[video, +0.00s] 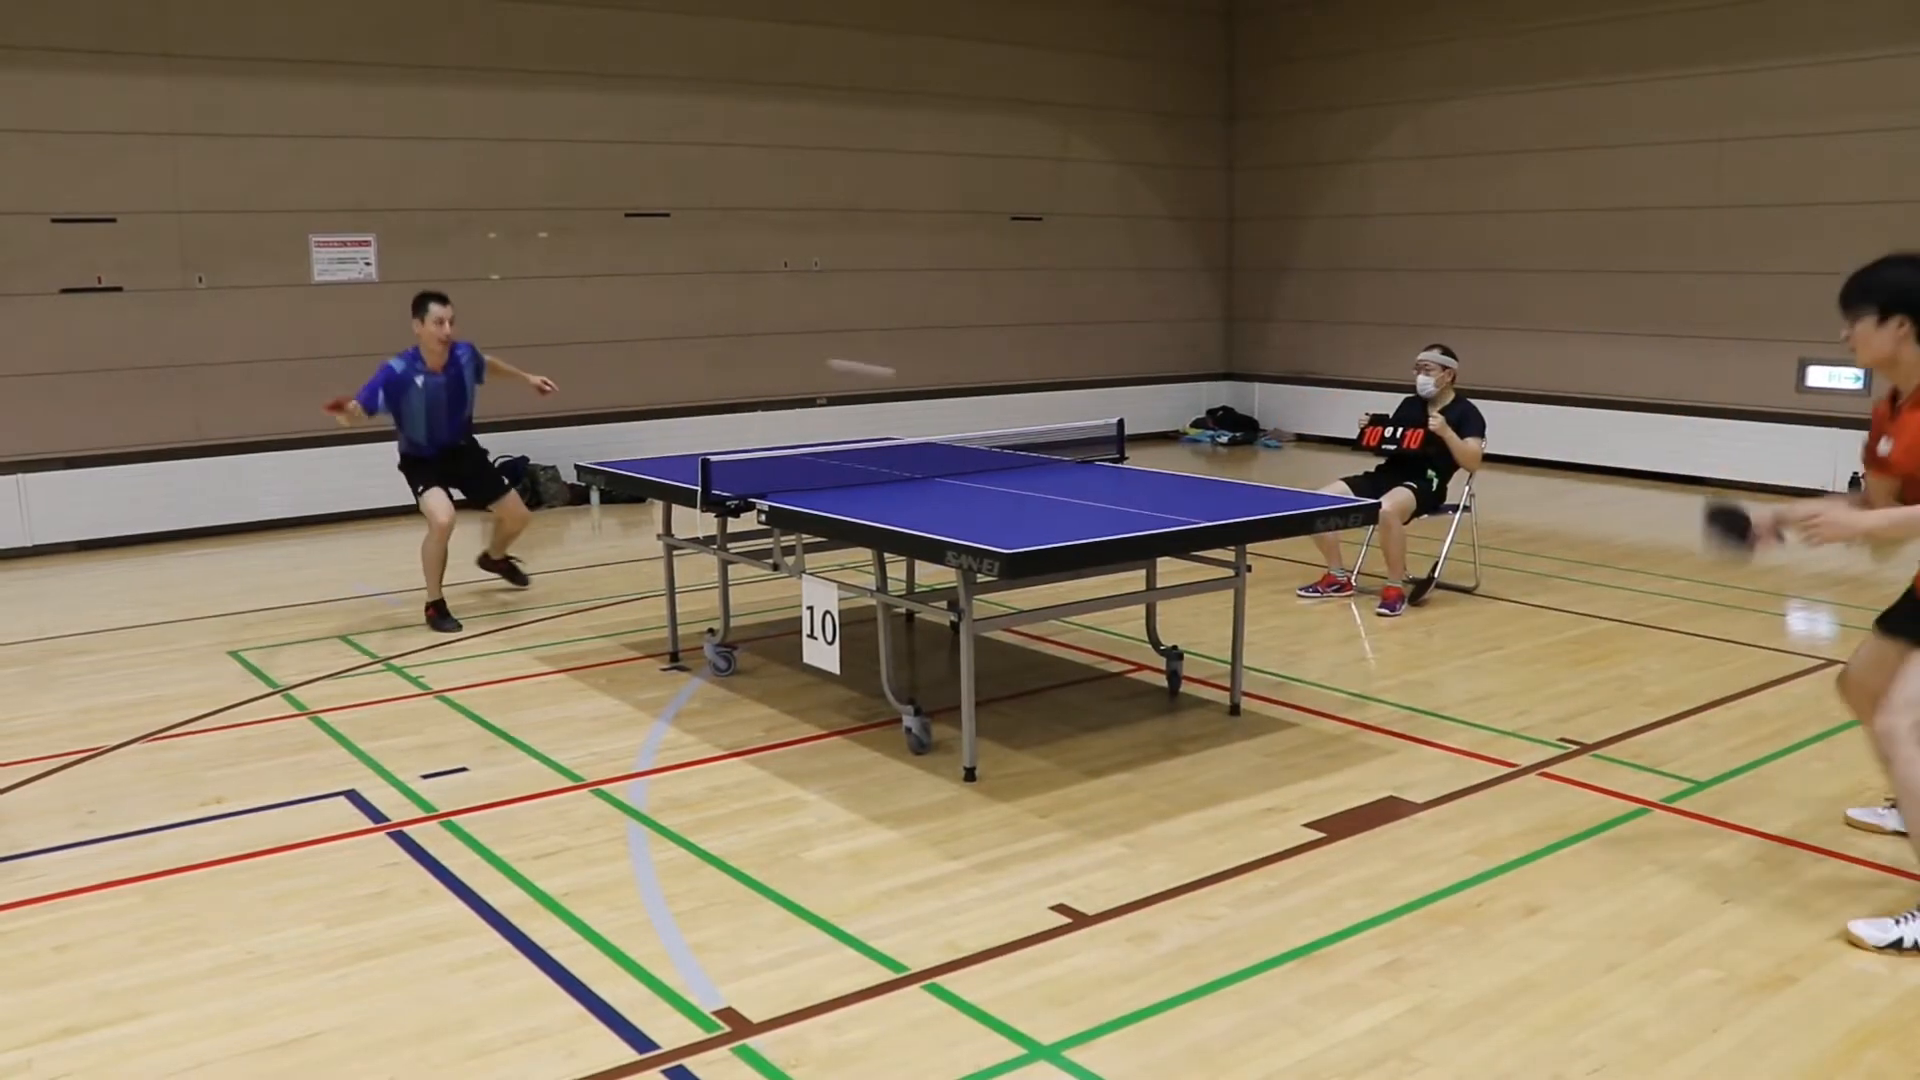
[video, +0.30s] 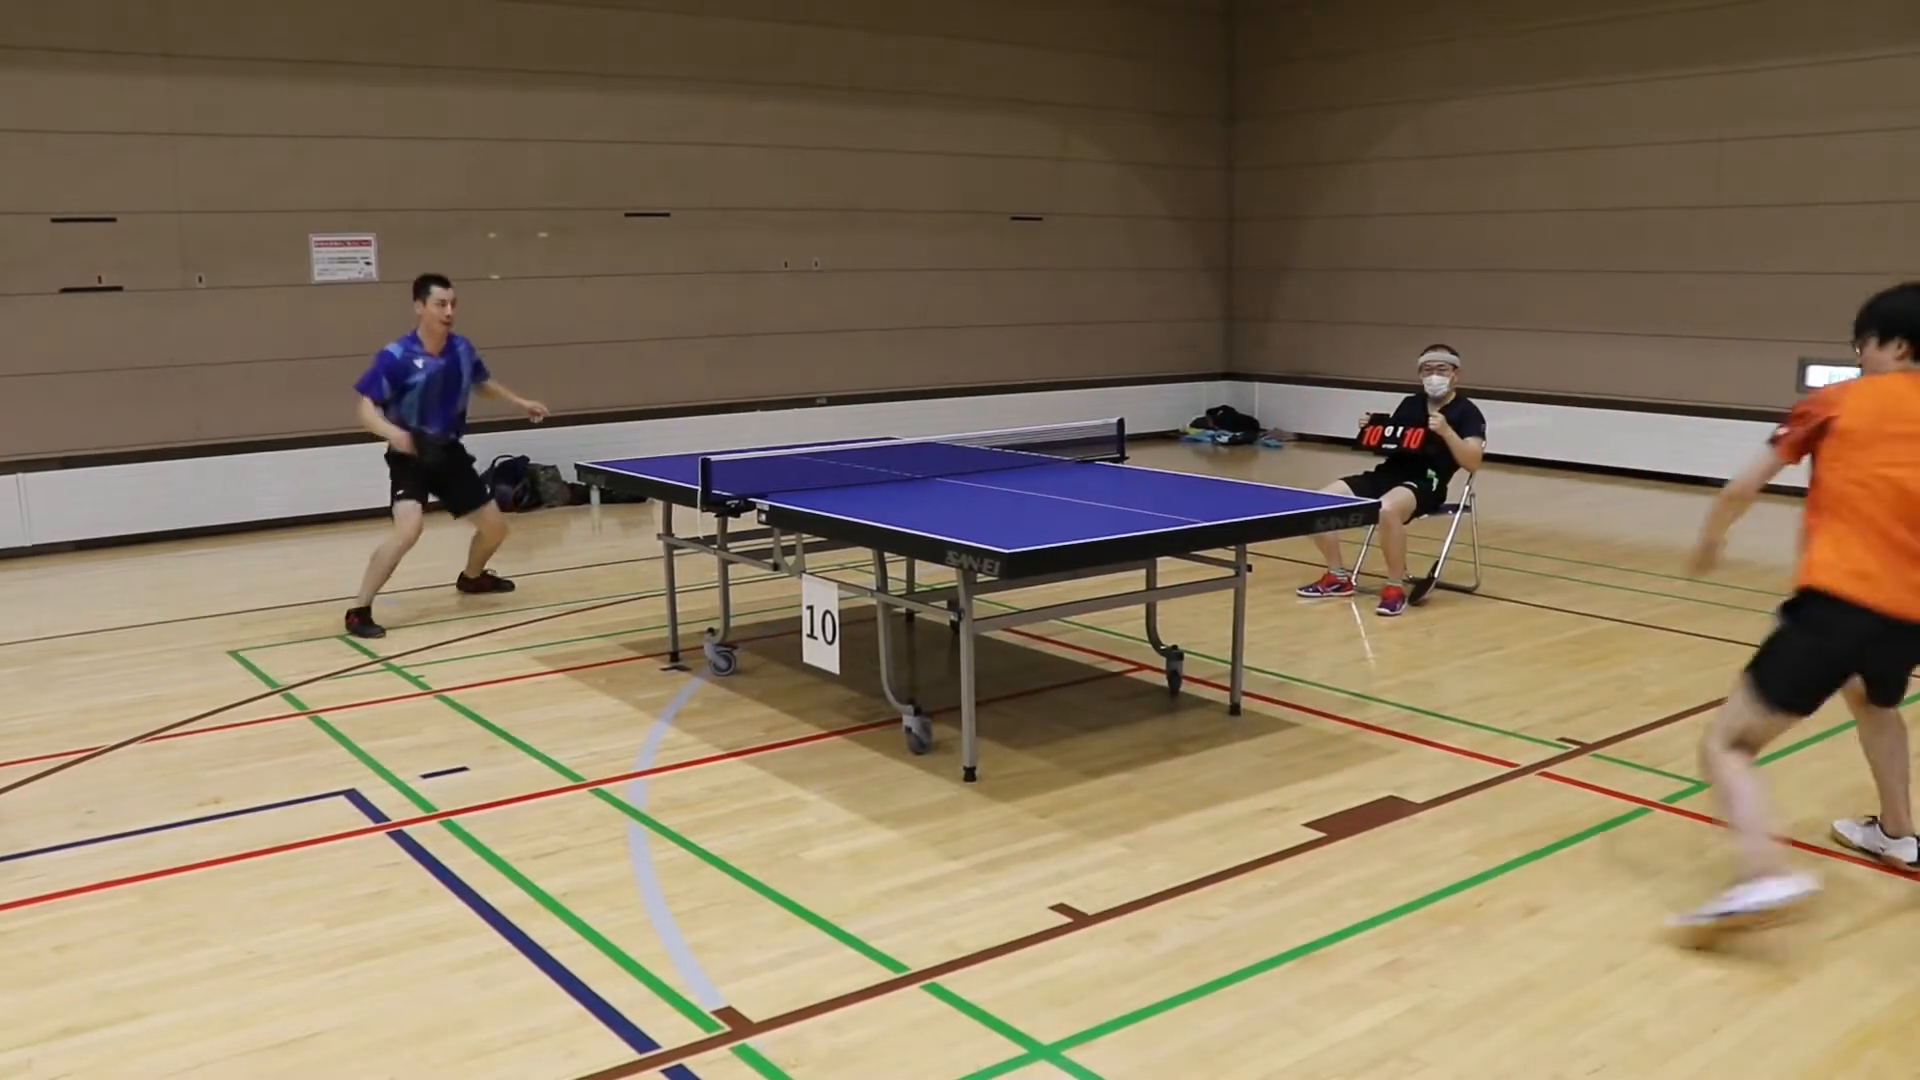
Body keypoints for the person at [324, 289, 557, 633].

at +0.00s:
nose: (447, 329)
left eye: (450, 322)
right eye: (439, 322)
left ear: (454, 324)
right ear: (418, 326)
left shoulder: (464, 355)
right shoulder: (398, 370)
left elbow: (488, 366)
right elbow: (360, 412)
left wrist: (528, 378)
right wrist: (347, 411)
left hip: (463, 451)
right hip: (421, 460)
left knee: (517, 516)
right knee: (442, 519)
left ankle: (494, 557)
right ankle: (435, 604)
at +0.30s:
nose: (449, 311)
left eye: (452, 304)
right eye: (441, 304)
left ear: (455, 307)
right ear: (419, 307)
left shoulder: (461, 349)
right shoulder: (395, 356)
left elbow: (484, 385)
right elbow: (366, 410)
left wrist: (522, 403)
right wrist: (393, 434)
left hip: (450, 452)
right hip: (408, 453)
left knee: (495, 528)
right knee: (408, 530)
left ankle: (472, 577)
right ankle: (360, 611)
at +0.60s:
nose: (487, 289)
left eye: (490, 282)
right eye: (479, 283)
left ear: (494, 286)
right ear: (458, 287)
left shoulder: (502, 322)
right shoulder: (442, 332)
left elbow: (512, 352)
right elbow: (415, 382)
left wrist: (536, 381)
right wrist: (455, 399)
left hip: (499, 422)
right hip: (458, 428)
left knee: (548, 488)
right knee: (462, 498)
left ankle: (533, 539)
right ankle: (436, 581)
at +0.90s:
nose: (575, 312)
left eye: (575, 304)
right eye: (567, 306)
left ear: (548, 310)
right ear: (547, 311)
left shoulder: (535, 330)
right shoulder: (558, 345)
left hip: (541, 439)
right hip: (525, 440)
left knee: (600, 481)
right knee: (526, 509)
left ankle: (581, 556)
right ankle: (474, 583)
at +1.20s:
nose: (631, 266)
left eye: (632, 260)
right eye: (624, 260)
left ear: (617, 264)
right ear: (606, 263)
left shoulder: (592, 291)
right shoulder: (615, 299)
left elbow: (571, 314)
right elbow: (620, 355)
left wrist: (565, 346)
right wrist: (642, 384)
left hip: (601, 389)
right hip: (606, 391)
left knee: (650, 452)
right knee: (634, 458)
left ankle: (632, 530)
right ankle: (625, 537)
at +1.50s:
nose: (660, 296)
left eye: (664, 290)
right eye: (653, 290)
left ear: (668, 292)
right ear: (640, 293)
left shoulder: (667, 319)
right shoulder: (633, 327)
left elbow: (666, 359)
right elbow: (645, 379)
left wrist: (676, 385)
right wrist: (678, 410)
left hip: (658, 399)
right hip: (631, 403)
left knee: (685, 455)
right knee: (651, 457)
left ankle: (670, 519)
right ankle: (638, 534)